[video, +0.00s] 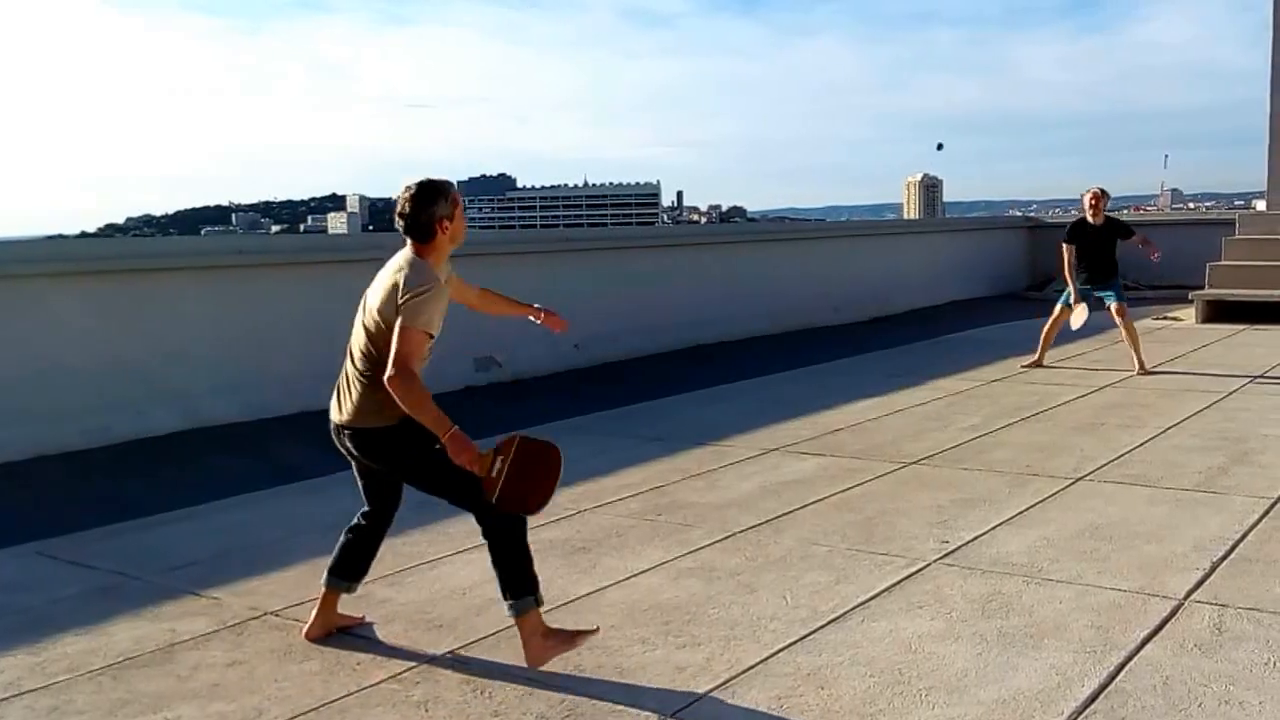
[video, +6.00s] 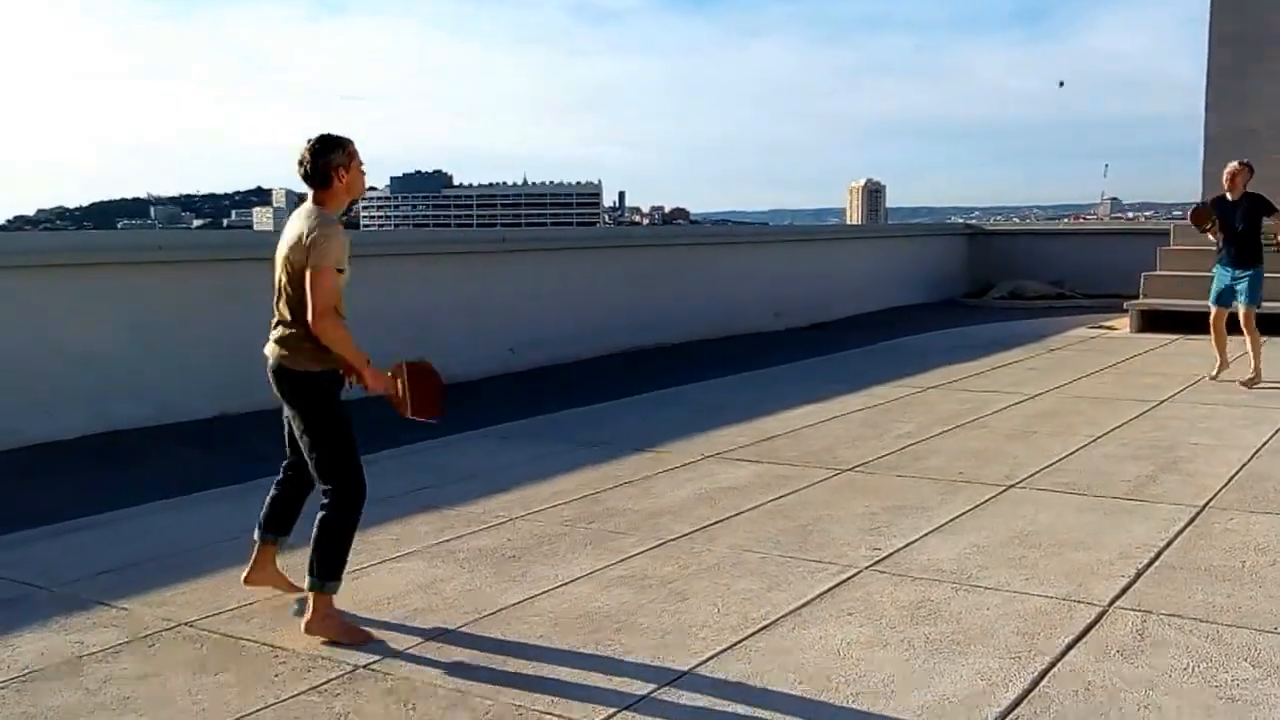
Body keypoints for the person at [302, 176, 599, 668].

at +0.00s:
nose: (464, 219)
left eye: (461, 211)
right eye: (460, 212)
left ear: (420, 227)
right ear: (444, 225)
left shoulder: (409, 265)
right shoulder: (425, 284)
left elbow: (474, 297)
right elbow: (399, 377)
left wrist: (533, 311)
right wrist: (451, 436)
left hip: (352, 423)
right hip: (384, 426)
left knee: (377, 511)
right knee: (495, 501)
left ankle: (323, 616)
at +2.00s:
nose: (679, 205)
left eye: (676, 195)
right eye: (676, 197)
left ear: (625, 204)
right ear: (661, 205)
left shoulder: (601, 252)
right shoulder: (658, 261)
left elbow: (663, 313)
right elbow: (719, 304)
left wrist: (735, 329)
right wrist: (760, 254)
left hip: (590, 415)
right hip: (632, 427)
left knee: (615, 507)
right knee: (728, 529)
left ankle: (541, 605)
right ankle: (683, 665)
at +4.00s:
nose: (710, 239)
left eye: (708, 230)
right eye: (709, 231)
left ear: (658, 230)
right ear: (702, 237)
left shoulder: (611, 262)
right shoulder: (695, 305)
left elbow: (540, 300)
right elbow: (714, 397)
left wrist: (510, 356)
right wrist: (746, 406)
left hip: (542, 392)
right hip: (594, 412)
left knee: (526, 497)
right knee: (663, 512)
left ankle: (463, 603)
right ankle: (619, 635)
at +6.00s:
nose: (364, 175)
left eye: (361, 166)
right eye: (360, 167)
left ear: (323, 176)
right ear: (341, 176)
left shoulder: (303, 221)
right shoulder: (324, 231)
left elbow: (307, 314)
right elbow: (321, 320)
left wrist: (350, 363)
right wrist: (366, 368)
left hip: (289, 366)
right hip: (308, 372)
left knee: (300, 470)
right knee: (346, 487)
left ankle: (262, 563)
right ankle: (320, 610)